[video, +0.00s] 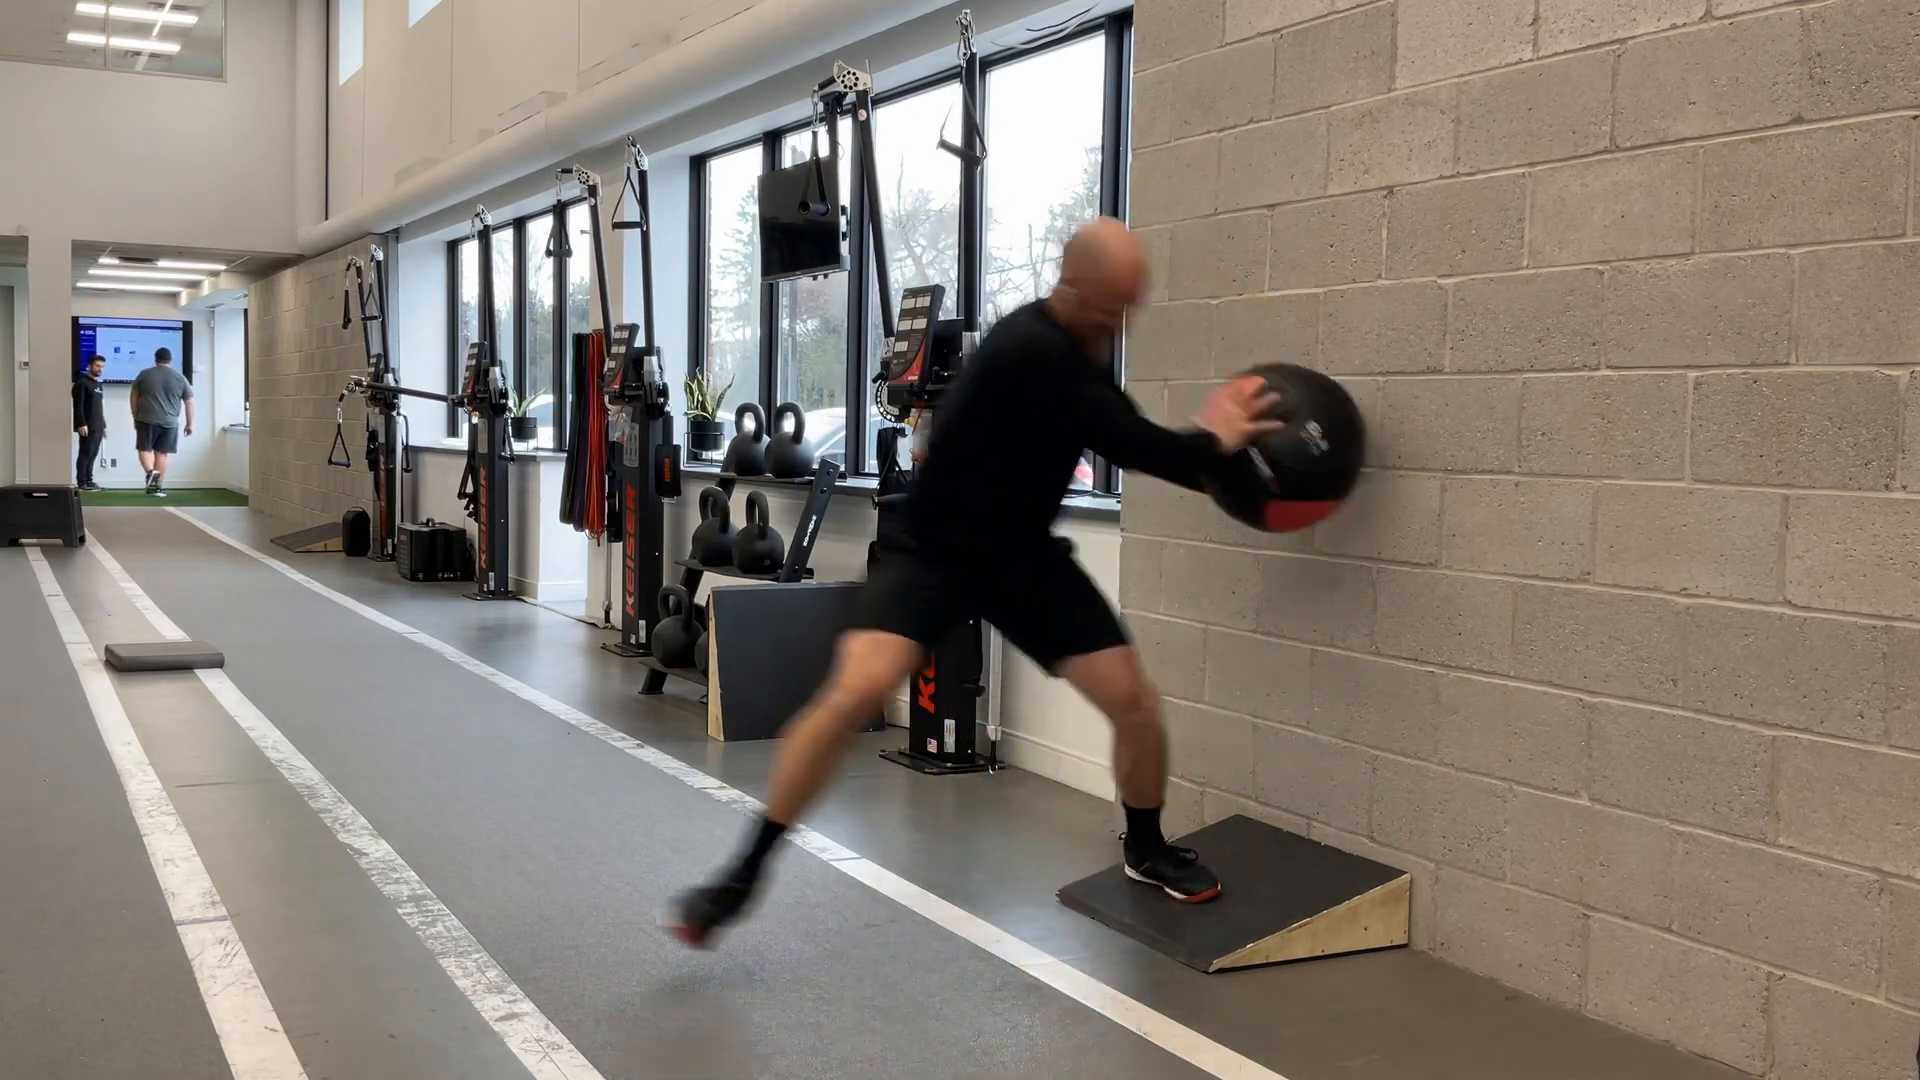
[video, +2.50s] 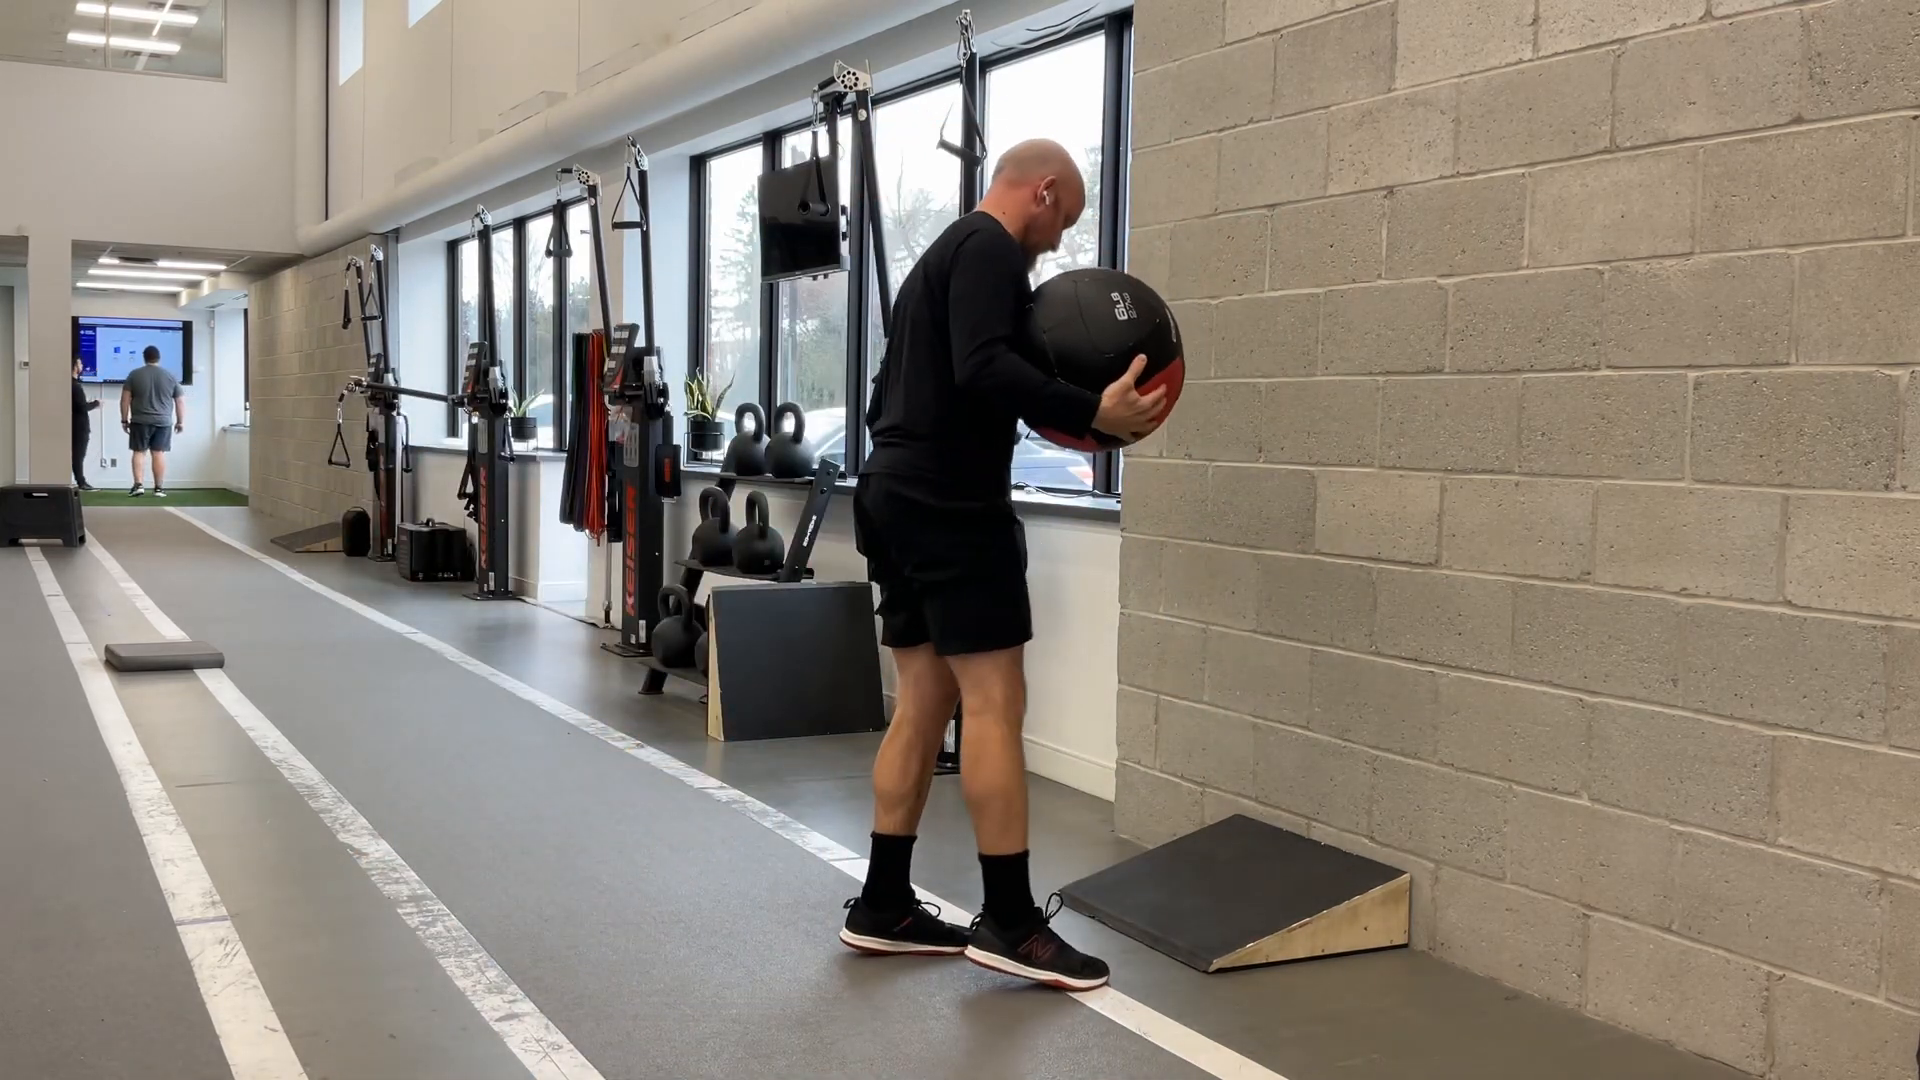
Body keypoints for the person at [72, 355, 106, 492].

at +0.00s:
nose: (100, 369)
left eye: (102, 367)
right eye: (97, 366)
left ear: (103, 368)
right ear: (90, 366)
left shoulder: (98, 384)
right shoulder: (81, 383)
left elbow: (99, 408)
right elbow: (78, 406)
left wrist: (103, 424)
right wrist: (81, 424)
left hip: (97, 425)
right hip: (87, 425)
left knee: (92, 455)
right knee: (85, 454)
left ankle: (89, 479)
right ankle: (82, 481)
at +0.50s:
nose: (98, 365)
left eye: (100, 363)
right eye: (95, 362)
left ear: (101, 365)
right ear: (88, 365)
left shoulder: (98, 385)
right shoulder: (81, 383)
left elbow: (99, 407)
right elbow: (78, 406)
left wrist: (103, 425)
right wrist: (80, 424)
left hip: (97, 425)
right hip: (87, 426)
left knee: (92, 454)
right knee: (85, 454)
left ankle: (89, 479)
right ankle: (82, 481)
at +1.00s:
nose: (99, 367)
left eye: (101, 364)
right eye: (96, 363)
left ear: (102, 367)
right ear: (89, 365)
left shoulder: (98, 385)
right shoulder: (81, 383)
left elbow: (99, 405)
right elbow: (78, 405)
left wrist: (104, 421)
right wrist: (81, 424)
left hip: (97, 424)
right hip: (87, 425)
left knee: (93, 454)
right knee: (85, 454)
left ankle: (89, 479)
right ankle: (82, 480)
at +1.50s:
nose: (96, 366)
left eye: (97, 363)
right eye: (93, 363)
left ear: (99, 365)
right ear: (86, 365)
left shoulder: (96, 384)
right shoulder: (80, 382)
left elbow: (96, 405)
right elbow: (78, 406)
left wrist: (106, 415)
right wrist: (87, 421)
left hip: (96, 423)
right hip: (86, 424)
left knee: (92, 453)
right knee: (86, 453)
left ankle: (89, 479)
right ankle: (82, 481)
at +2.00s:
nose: (95, 368)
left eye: (95, 365)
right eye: (92, 365)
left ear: (89, 367)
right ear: (85, 366)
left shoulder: (85, 383)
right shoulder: (78, 383)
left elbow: (85, 404)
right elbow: (79, 405)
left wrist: (100, 406)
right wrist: (98, 406)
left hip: (89, 423)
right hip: (82, 424)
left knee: (91, 450)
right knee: (83, 451)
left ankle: (89, 479)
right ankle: (82, 481)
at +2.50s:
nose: (81, 366)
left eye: (81, 363)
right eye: (79, 364)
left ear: (74, 367)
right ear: (74, 367)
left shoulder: (73, 383)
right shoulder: (75, 385)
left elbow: (79, 406)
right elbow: (81, 407)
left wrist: (91, 403)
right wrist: (94, 404)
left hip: (76, 425)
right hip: (79, 426)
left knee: (77, 455)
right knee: (78, 455)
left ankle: (81, 481)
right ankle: (81, 482)